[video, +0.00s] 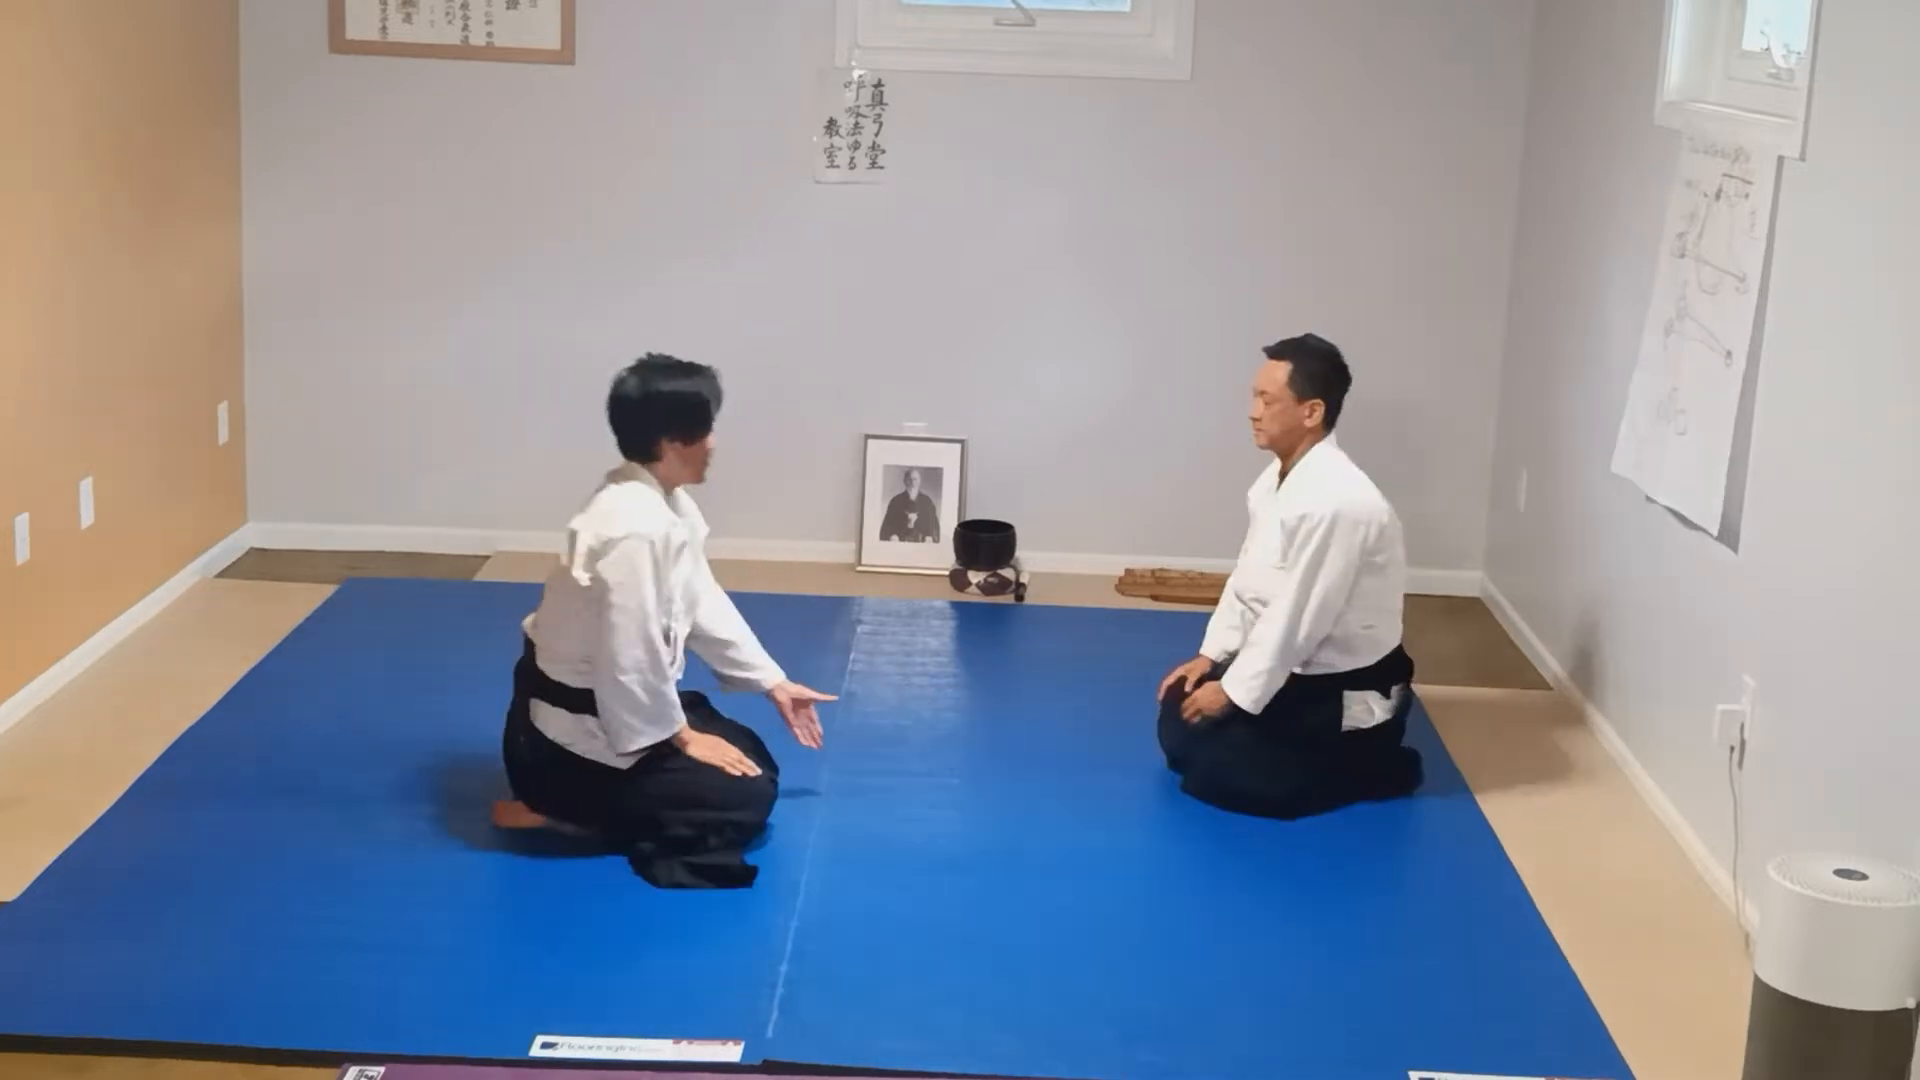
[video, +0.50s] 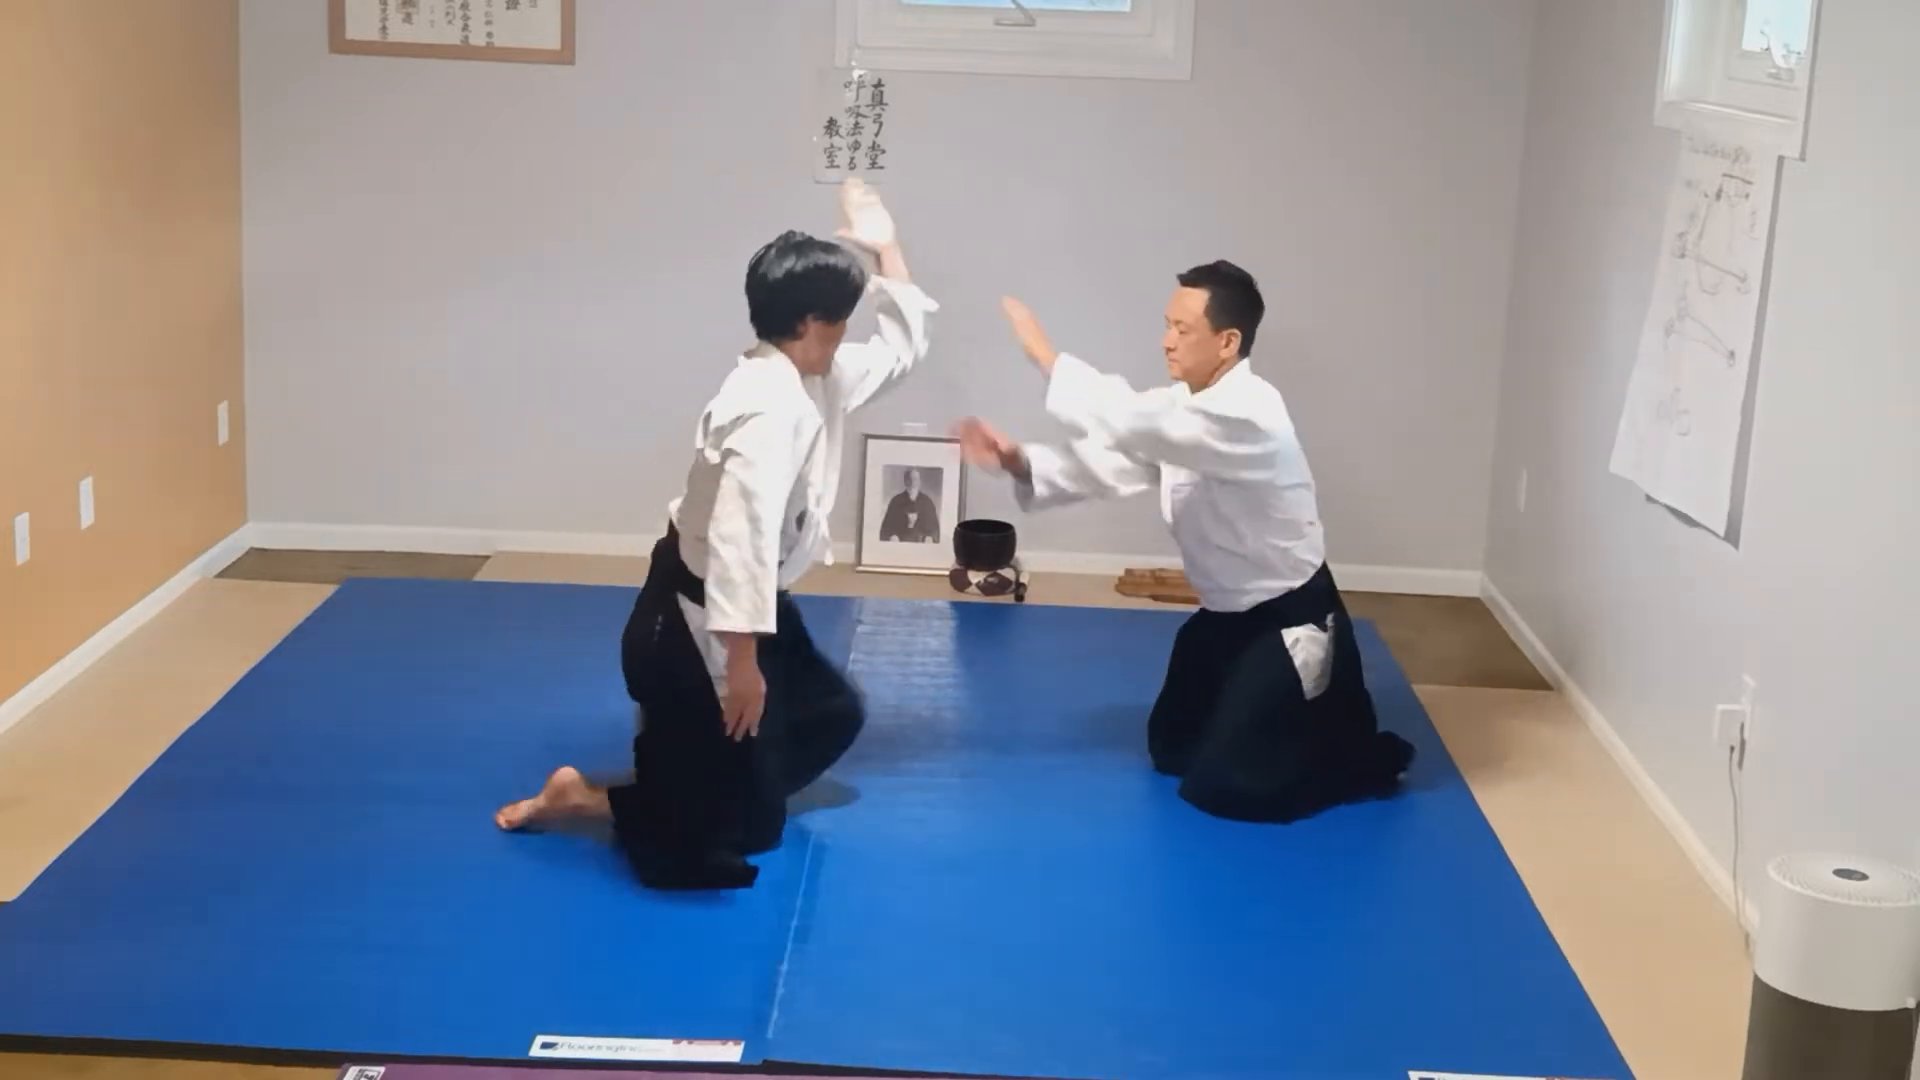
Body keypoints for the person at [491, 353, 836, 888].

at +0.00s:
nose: (712, 443)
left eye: (709, 430)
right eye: (705, 432)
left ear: (663, 445)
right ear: (669, 444)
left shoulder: (669, 508)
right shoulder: (631, 527)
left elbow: (705, 608)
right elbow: (631, 666)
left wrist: (774, 683)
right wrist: (683, 735)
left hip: (613, 712)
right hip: (564, 751)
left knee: (756, 763)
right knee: (748, 798)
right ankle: (561, 814)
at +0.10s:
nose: (755, 433)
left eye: (752, 420)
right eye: (747, 422)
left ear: (706, 435)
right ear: (713, 434)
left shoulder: (712, 498)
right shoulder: (674, 519)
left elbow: (752, 595)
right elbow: (658, 654)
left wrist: (826, 668)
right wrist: (695, 738)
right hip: (577, 735)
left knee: (760, 770)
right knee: (750, 811)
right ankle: (569, 813)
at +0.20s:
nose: (788, 404)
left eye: (786, 392)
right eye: (781, 394)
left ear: (732, 405)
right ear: (748, 407)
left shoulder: (748, 466)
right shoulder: (705, 489)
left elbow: (821, 540)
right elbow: (691, 624)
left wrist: (918, 582)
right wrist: (714, 726)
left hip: (648, 672)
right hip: (599, 693)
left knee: (757, 772)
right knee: (748, 816)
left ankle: (591, 780)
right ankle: (573, 812)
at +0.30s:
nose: (809, 373)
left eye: (808, 359)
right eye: (804, 360)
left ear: (749, 364)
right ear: (772, 368)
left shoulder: (778, 432)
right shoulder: (723, 452)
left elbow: (868, 450)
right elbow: (708, 584)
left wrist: (959, 411)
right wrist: (719, 696)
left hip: (683, 645)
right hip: (633, 661)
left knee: (757, 784)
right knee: (748, 819)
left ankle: (602, 782)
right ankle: (584, 808)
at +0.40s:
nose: (829, 343)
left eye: (830, 331)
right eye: (823, 331)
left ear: (772, 336)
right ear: (790, 340)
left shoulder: (802, 401)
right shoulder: (748, 419)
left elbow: (886, 383)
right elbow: (716, 537)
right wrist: (724, 668)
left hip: (724, 620)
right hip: (665, 637)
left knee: (774, 776)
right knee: (744, 821)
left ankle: (613, 769)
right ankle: (580, 805)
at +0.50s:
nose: (847, 326)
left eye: (846, 313)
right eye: (841, 314)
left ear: (796, 321)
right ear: (809, 324)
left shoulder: (817, 380)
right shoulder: (770, 402)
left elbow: (901, 336)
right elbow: (739, 533)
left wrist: (884, 250)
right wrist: (743, 658)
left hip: (751, 603)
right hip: (691, 624)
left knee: (830, 717)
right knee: (745, 823)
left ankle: (703, 788)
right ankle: (586, 802)